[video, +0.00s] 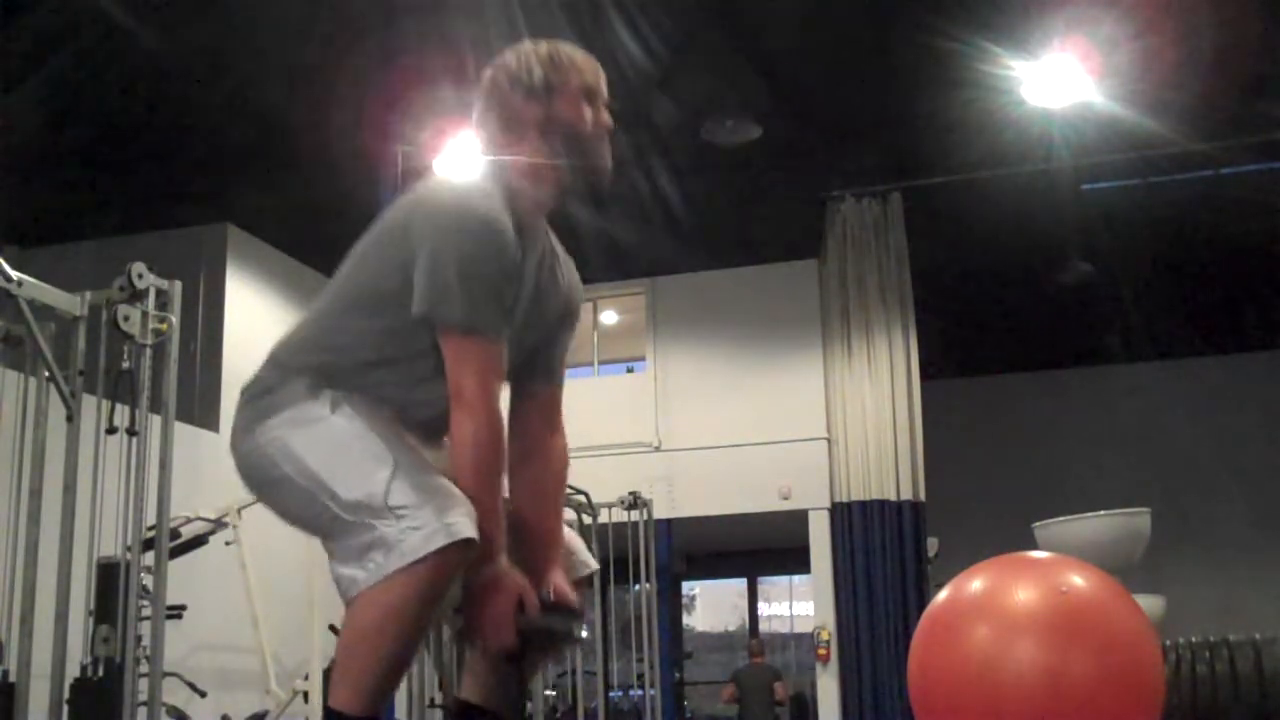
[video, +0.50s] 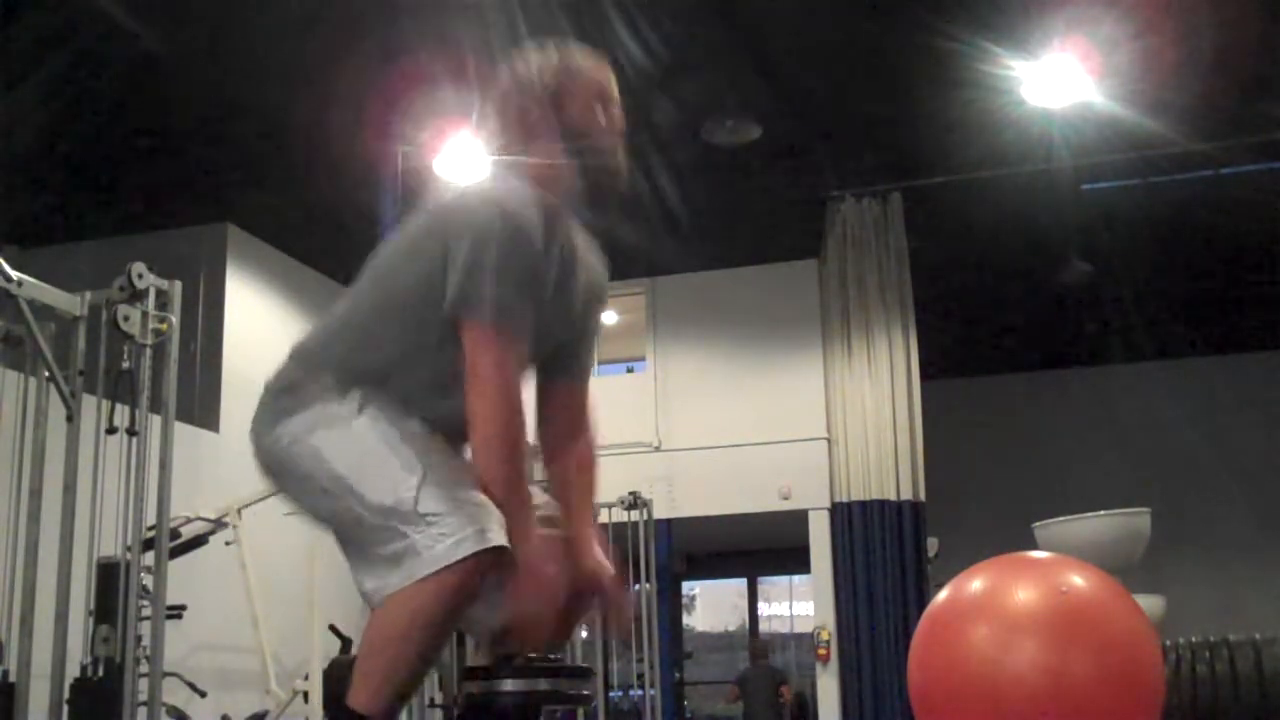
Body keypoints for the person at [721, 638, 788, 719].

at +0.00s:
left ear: (748, 653)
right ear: (764, 652)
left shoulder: (739, 673)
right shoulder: (772, 671)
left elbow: (726, 697)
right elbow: (781, 697)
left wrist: (743, 699)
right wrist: (768, 697)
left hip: (745, 716)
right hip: (767, 716)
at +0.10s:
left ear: (748, 653)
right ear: (764, 652)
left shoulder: (739, 672)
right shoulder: (772, 671)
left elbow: (726, 695)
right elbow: (781, 695)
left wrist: (741, 699)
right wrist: (770, 699)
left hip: (745, 716)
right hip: (767, 715)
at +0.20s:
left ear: (749, 654)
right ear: (765, 652)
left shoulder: (741, 672)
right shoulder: (772, 671)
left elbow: (727, 695)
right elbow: (782, 694)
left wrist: (741, 698)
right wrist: (770, 699)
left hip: (747, 715)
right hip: (767, 715)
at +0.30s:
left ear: (750, 654)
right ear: (766, 653)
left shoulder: (743, 673)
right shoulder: (774, 672)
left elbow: (729, 697)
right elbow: (782, 695)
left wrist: (745, 693)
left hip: (749, 716)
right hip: (769, 715)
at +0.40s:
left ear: (750, 655)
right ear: (767, 653)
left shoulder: (744, 674)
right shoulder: (775, 673)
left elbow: (730, 697)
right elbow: (786, 697)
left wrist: (746, 691)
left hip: (750, 716)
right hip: (771, 715)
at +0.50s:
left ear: (751, 655)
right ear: (767, 655)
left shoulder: (745, 674)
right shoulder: (777, 673)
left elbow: (731, 698)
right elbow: (787, 697)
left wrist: (745, 692)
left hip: (751, 716)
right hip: (773, 715)